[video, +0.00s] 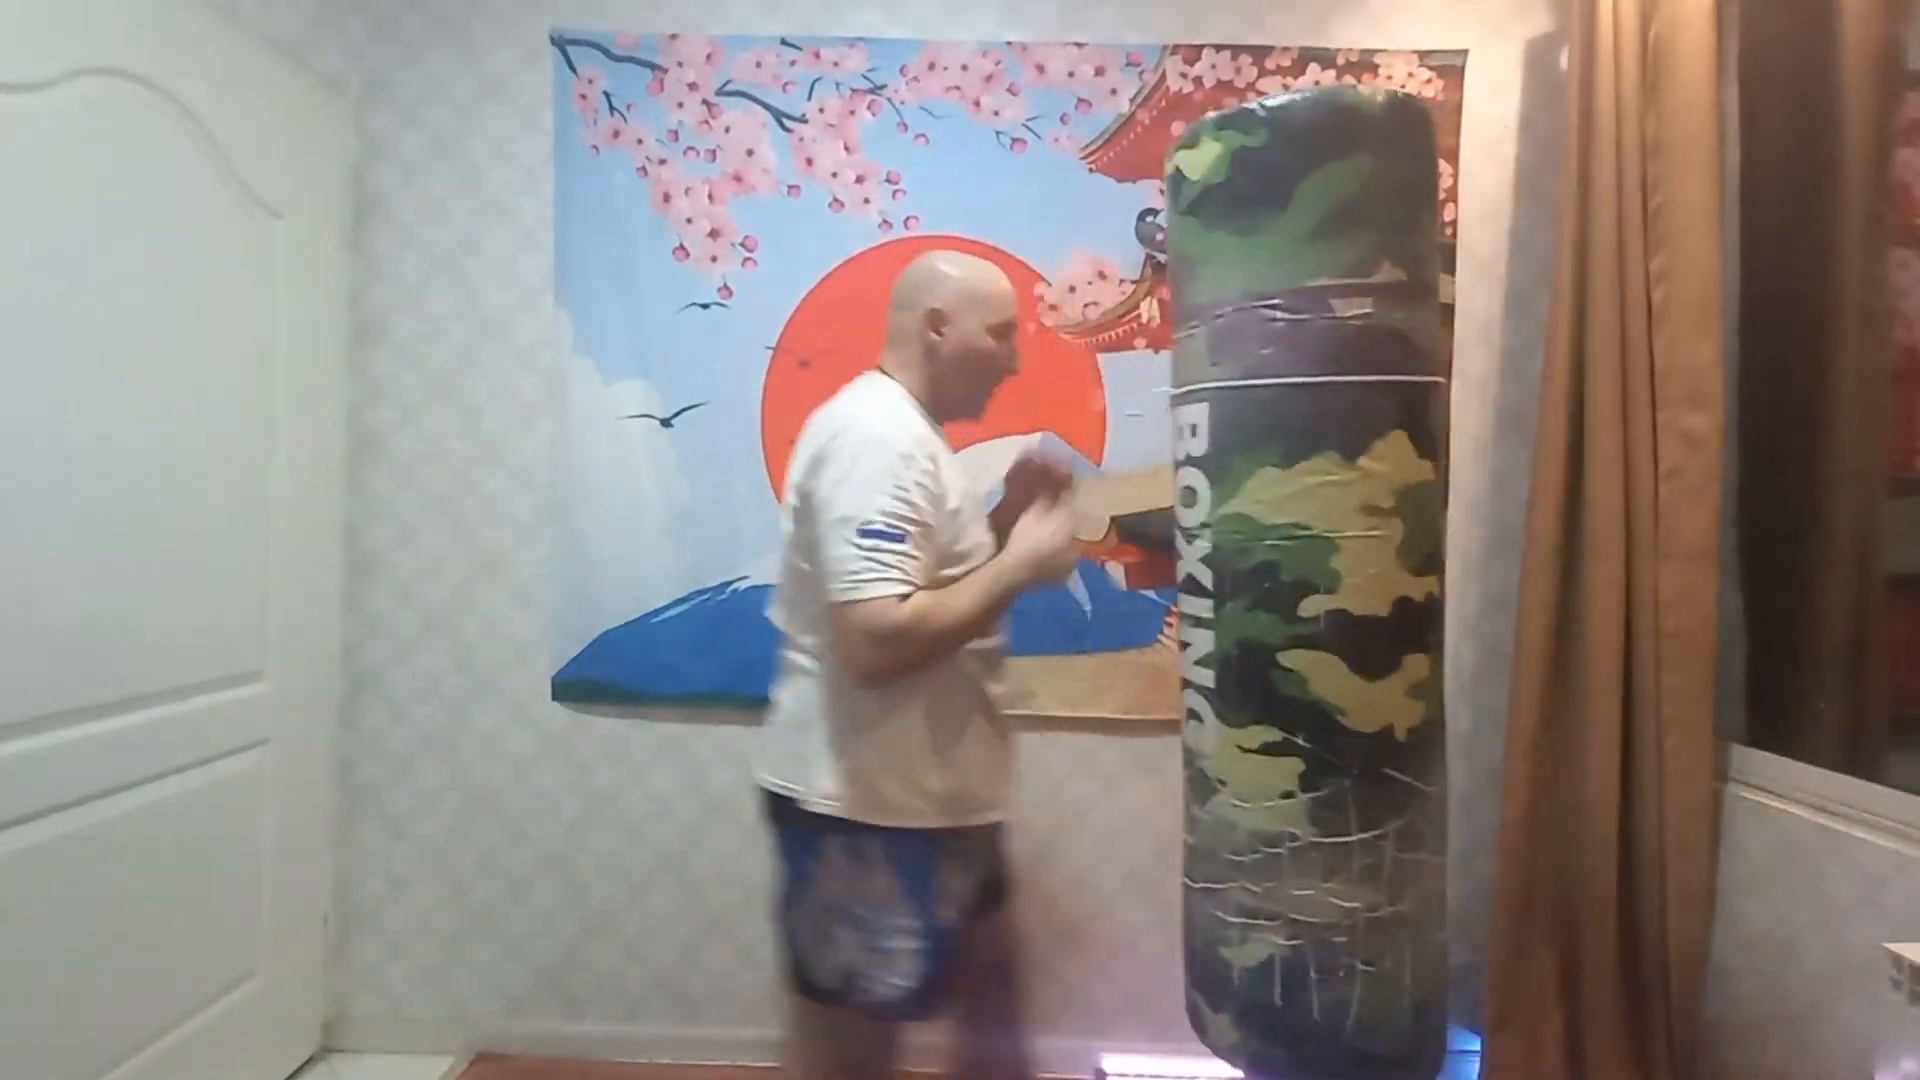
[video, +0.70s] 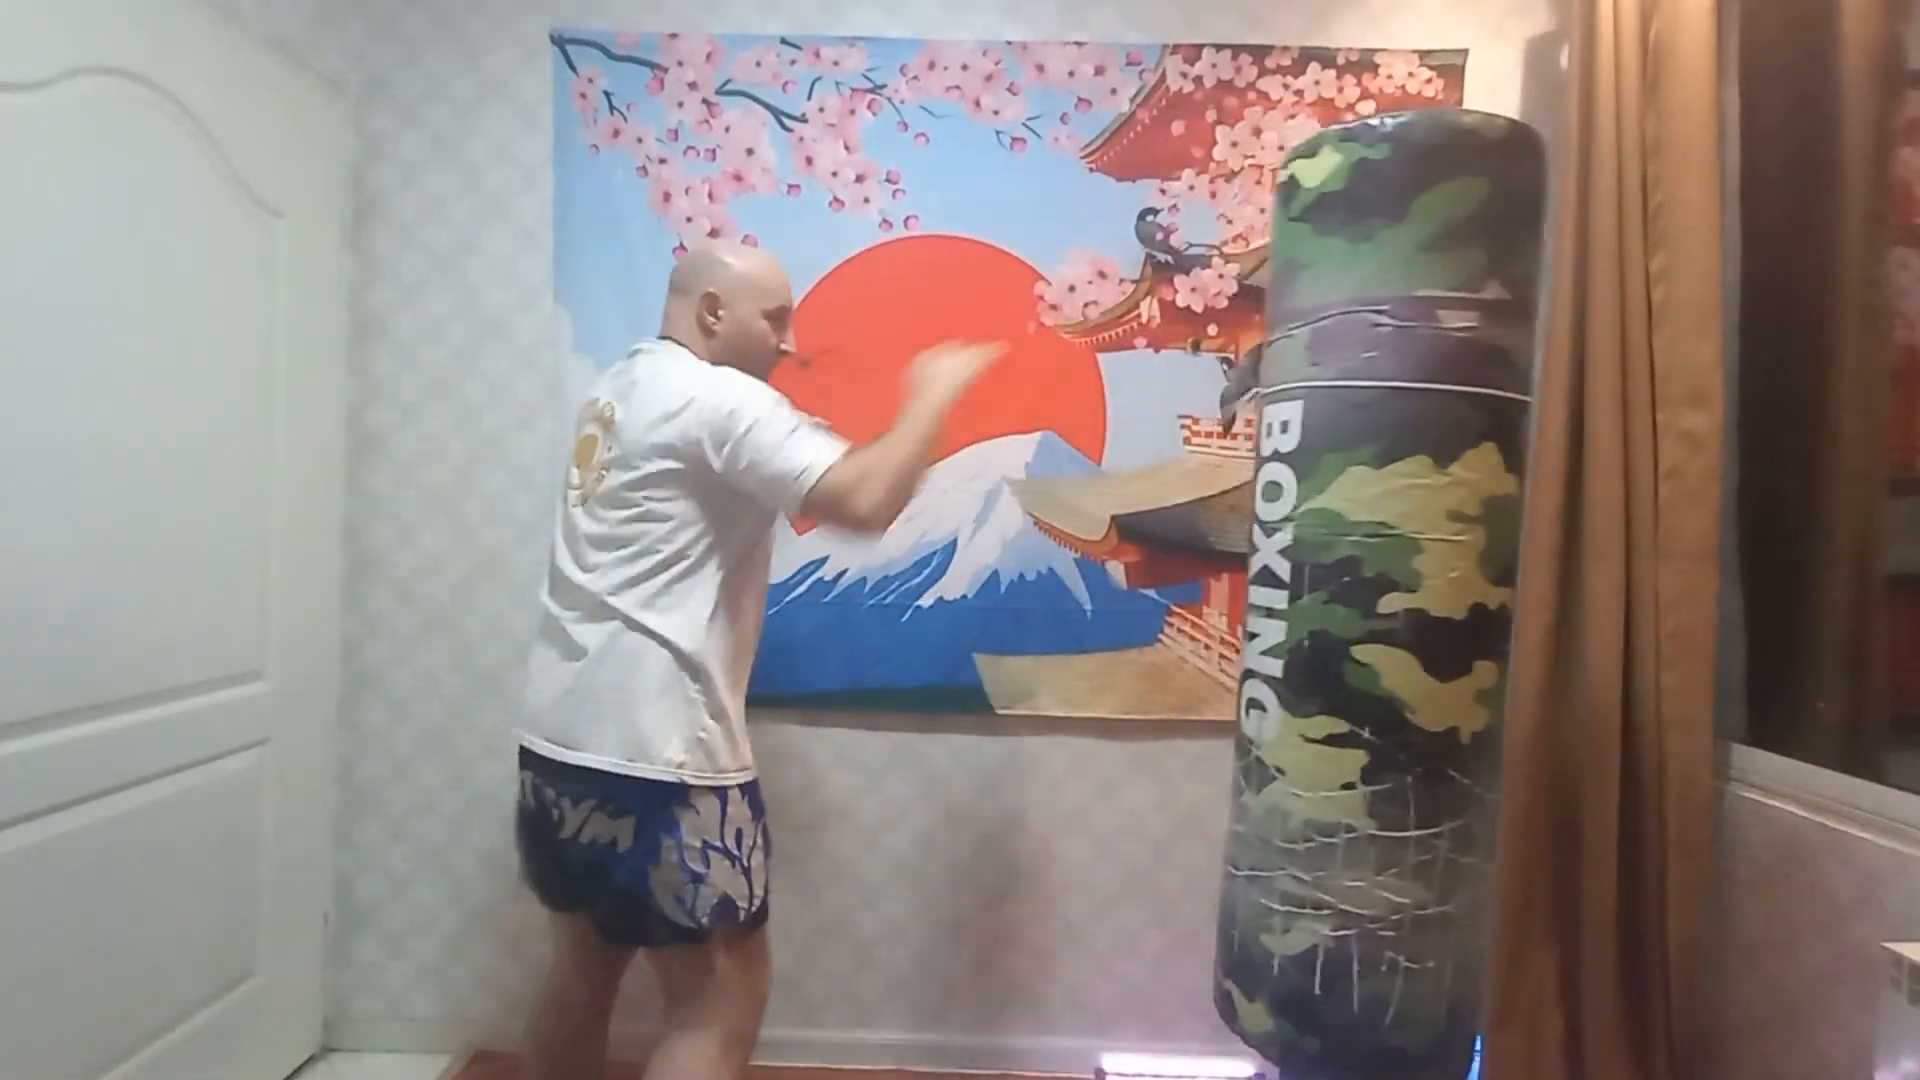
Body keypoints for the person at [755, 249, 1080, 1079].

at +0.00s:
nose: (1014, 357)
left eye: (1014, 334)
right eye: (999, 333)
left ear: (936, 331)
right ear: (934, 328)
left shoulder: (908, 437)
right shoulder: (873, 435)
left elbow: (930, 593)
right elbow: (873, 643)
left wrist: (1006, 516)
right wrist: (1020, 564)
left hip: (936, 807)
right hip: (864, 814)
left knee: (990, 1046)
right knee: (846, 1058)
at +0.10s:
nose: (988, 349)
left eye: (987, 325)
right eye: (974, 323)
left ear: (906, 321)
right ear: (908, 319)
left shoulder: (874, 424)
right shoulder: (842, 427)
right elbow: (846, 644)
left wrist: (961, 539)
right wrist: (975, 548)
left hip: (865, 791)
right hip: (786, 800)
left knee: (916, 983)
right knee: (766, 1056)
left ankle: (926, 1070)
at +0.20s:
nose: (944, 341)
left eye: (944, 317)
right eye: (928, 316)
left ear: (862, 310)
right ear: (859, 308)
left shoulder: (832, 411)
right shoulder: (797, 413)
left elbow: (866, 541)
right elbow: (861, 615)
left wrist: (943, 486)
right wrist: (985, 498)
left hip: (815, 767)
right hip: (742, 787)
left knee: (861, 945)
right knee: (741, 1048)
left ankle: (818, 1069)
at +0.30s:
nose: (892, 339)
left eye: (892, 315)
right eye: (875, 312)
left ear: (809, 308)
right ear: (802, 304)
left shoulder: (784, 405)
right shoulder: (751, 403)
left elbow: (873, 570)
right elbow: (875, 581)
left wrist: (916, 449)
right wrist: (1032, 476)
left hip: (763, 769)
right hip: (713, 782)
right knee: (721, 1037)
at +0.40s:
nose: (848, 342)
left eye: (848, 320)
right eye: (832, 318)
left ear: (764, 314)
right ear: (760, 311)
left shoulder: (739, 399)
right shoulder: (732, 402)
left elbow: (838, 561)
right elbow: (827, 580)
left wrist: (882, 443)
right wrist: (967, 491)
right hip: (702, 789)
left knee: (656, 1014)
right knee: (727, 1035)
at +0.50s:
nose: (819, 350)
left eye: (818, 329)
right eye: (805, 327)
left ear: (731, 324)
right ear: (738, 321)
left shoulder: (674, 401)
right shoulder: (720, 421)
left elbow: (769, 568)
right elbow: (760, 604)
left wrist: (825, 481)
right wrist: (872, 501)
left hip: (620, 765)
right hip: (689, 786)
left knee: (612, 996)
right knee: (756, 1028)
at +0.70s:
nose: (789, 341)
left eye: (788, 320)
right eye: (774, 319)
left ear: (698, 317)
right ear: (710, 315)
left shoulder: (617, 385)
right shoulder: (718, 401)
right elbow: (863, 496)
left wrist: (770, 412)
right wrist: (931, 392)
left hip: (561, 741)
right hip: (668, 760)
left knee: (581, 973)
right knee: (717, 1004)